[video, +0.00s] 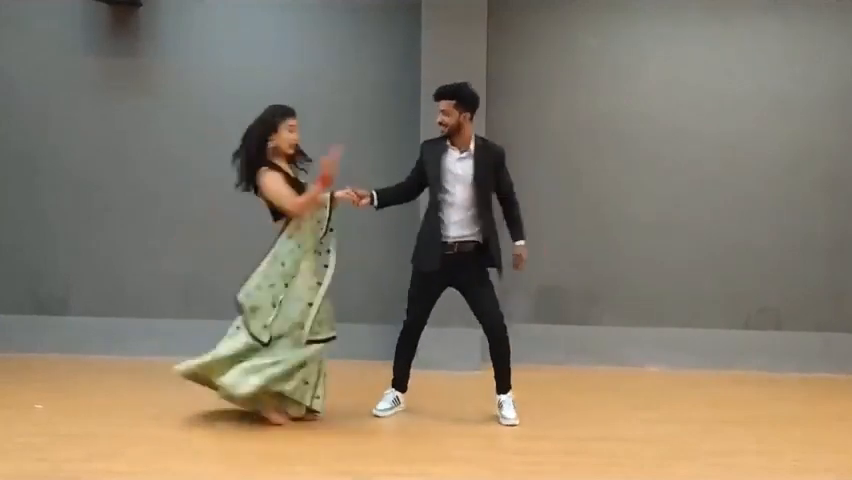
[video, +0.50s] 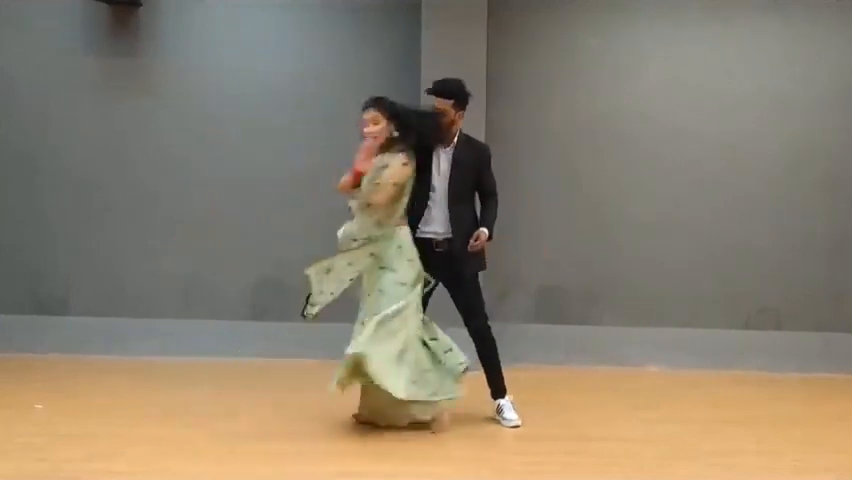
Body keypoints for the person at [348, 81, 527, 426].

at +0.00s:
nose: (439, 119)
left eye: (445, 113)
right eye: (438, 113)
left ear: (466, 115)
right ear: (443, 115)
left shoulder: (491, 154)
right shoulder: (431, 151)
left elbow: (507, 197)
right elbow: (410, 188)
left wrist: (518, 240)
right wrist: (372, 197)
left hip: (471, 256)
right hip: (433, 255)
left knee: (495, 326)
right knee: (413, 323)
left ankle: (504, 397)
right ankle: (396, 392)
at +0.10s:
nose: (428, 118)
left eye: (435, 112)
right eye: (427, 112)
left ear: (455, 114)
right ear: (431, 113)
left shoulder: (480, 153)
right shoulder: (423, 148)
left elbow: (496, 197)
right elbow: (408, 184)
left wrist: (501, 242)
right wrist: (370, 194)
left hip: (461, 252)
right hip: (424, 251)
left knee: (485, 325)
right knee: (409, 323)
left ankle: (503, 399)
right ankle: (396, 392)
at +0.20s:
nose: (425, 118)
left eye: (431, 113)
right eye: (423, 112)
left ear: (451, 113)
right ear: (423, 112)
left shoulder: (473, 150)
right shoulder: (418, 146)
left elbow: (490, 196)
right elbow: (402, 183)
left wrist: (490, 239)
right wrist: (362, 193)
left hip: (454, 251)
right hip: (417, 249)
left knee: (478, 324)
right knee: (407, 324)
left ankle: (500, 399)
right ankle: (393, 396)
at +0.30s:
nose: (424, 117)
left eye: (431, 111)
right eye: (423, 110)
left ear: (450, 112)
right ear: (423, 110)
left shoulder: (473, 150)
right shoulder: (416, 146)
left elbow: (488, 195)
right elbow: (397, 185)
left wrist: (487, 236)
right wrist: (354, 199)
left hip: (453, 251)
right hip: (416, 249)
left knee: (478, 325)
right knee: (407, 325)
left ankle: (500, 398)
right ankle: (394, 397)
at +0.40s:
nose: (428, 116)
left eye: (436, 111)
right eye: (426, 110)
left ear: (455, 113)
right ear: (423, 109)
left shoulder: (474, 150)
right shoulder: (415, 145)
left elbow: (488, 194)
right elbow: (400, 184)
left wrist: (486, 229)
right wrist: (368, 201)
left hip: (455, 250)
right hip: (416, 247)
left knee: (478, 325)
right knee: (405, 323)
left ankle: (501, 398)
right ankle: (396, 398)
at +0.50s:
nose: (436, 115)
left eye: (443, 111)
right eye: (434, 109)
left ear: (459, 113)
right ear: (432, 109)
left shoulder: (476, 152)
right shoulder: (417, 144)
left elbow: (488, 196)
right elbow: (396, 184)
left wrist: (485, 228)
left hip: (456, 251)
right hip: (417, 248)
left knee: (478, 325)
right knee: (404, 323)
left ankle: (501, 399)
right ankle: (394, 399)